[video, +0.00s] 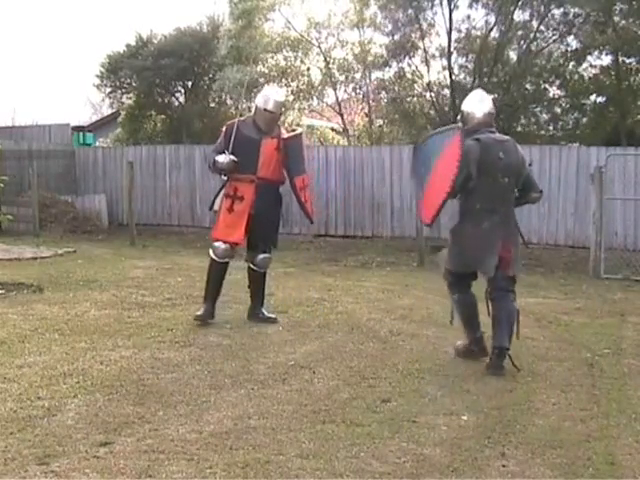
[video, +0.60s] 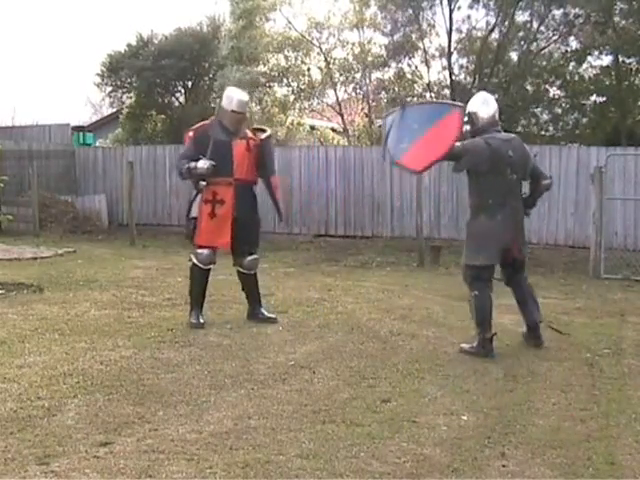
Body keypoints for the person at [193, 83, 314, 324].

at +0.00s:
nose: (271, 118)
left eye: (276, 113)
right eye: (267, 112)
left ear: (281, 113)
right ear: (257, 108)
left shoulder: (283, 138)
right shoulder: (234, 129)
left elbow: (296, 172)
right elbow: (214, 157)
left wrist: (293, 143)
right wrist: (220, 162)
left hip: (266, 199)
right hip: (235, 196)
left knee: (261, 257)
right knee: (221, 249)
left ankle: (256, 308)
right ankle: (208, 306)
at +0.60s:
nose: (239, 118)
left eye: (243, 113)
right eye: (235, 113)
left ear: (247, 113)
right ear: (223, 110)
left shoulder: (252, 138)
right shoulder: (204, 133)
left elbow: (265, 173)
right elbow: (182, 165)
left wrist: (264, 144)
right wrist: (194, 168)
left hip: (244, 200)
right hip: (212, 200)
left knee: (248, 259)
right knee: (204, 255)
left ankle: (255, 308)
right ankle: (196, 310)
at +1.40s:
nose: (205, 118)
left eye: (209, 112)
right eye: (201, 112)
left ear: (213, 112)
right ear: (188, 111)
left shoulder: (218, 137)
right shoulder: (172, 136)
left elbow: (237, 173)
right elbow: (151, 168)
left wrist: (237, 147)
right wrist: (163, 173)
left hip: (218, 199)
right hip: (188, 201)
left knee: (222, 256)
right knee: (189, 257)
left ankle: (217, 315)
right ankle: (194, 311)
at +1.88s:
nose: (218, 121)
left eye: (221, 116)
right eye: (215, 114)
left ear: (223, 116)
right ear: (201, 109)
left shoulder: (222, 142)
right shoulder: (172, 130)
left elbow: (239, 175)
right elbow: (148, 159)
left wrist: (247, 151)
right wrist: (159, 164)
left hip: (211, 204)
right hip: (178, 202)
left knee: (212, 264)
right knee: (169, 258)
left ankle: (210, 320)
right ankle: (174, 306)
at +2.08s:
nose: (215, 119)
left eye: (217, 115)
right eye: (211, 113)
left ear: (217, 115)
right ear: (196, 108)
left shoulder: (216, 141)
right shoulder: (168, 130)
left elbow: (230, 174)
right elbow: (141, 159)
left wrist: (240, 155)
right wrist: (155, 162)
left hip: (205, 206)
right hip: (173, 204)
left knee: (209, 266)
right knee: (158, 259)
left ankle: (210, 321)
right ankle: (138, 320)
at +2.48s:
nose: (179, 119)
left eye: (182, 115)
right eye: (175, 113)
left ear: (183, 116)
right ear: (161, 110)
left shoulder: (183, 141)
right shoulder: (139, 136)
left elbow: (195, 174)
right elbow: (120, 167)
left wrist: (218, 157)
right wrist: (142, 171)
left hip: (181, 209)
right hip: (149, 208)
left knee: (197, 268)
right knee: (139, 266)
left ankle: (209, 321)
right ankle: (126, 325)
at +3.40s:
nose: (205, 118)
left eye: (208, 113)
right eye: (200, 111)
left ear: (210, 113)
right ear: (185, 108)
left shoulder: (209, 138)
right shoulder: (163, 135)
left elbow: (220, 169)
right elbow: (146, 167)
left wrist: (240, 153)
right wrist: (169, 174)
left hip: (209, 208)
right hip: (177, 208)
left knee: (211, 265)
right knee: (175, 261)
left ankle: (201, 322)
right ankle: (155, 321)